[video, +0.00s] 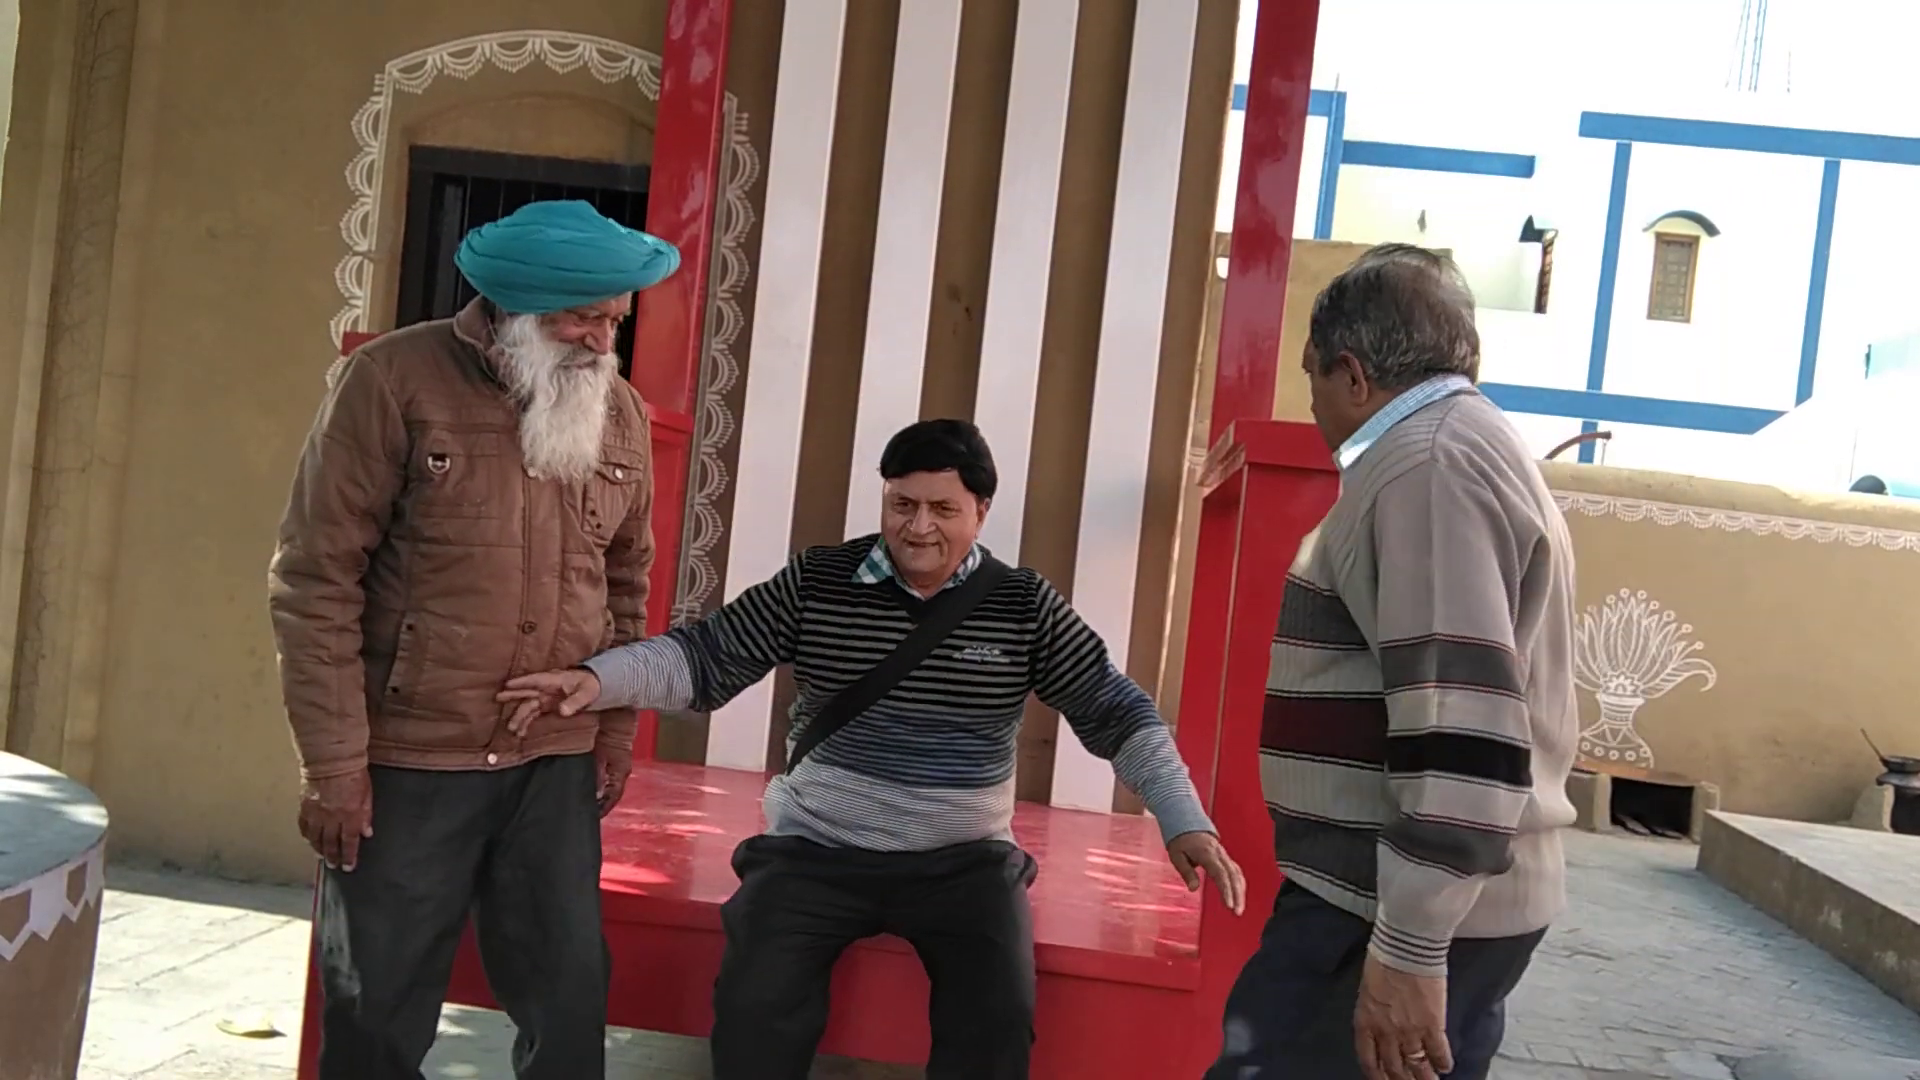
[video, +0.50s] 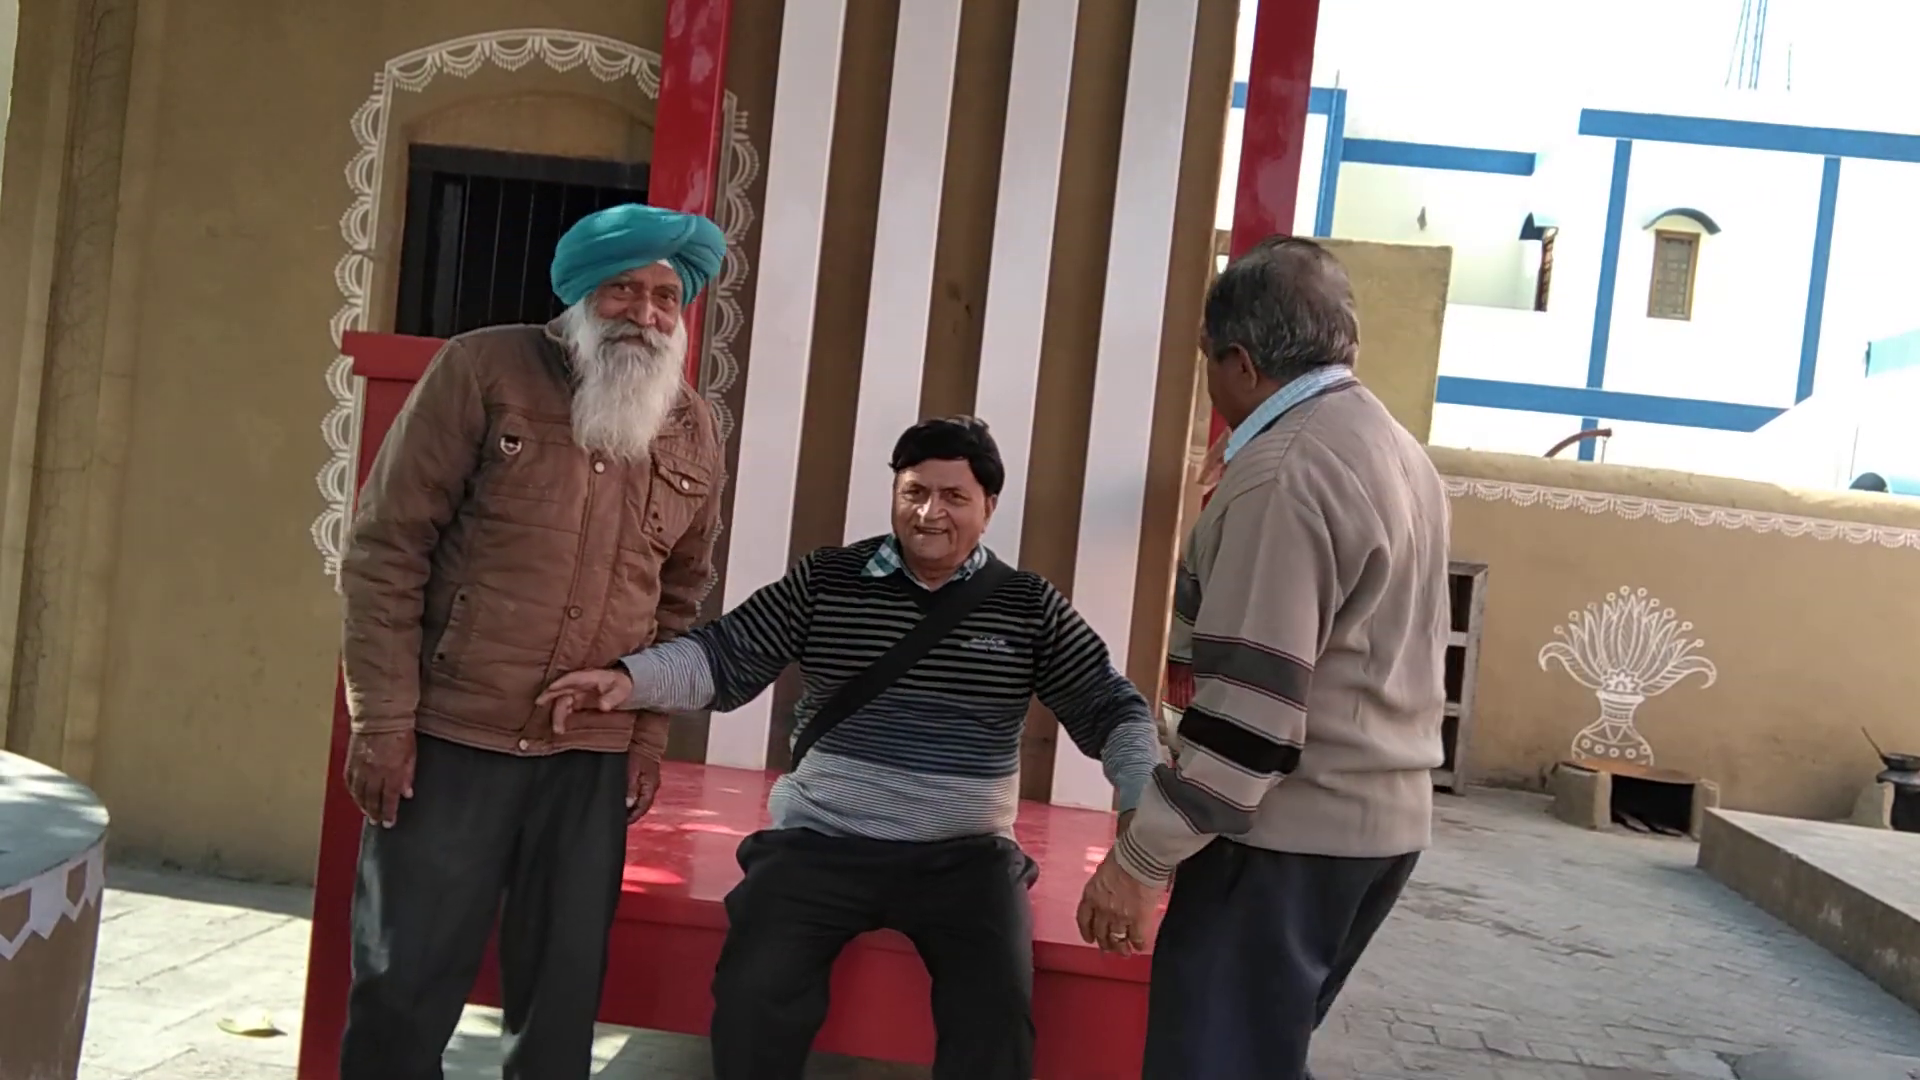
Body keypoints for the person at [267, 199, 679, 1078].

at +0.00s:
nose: (602, 337)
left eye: (614, 318)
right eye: (584, 316)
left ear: (621, 313)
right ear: (517, 306)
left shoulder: (619, 412)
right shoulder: (393, 379)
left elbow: (626, 585)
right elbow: (315, 575)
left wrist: (616, 728)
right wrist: (335, 763)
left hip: (553, 776)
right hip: (410, 776)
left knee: (569, 1013)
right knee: (378, 1032)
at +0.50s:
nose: (646, 312)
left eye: (666, 297)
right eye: (626, 288)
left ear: (684, 312)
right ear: (582, 293)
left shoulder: (696, 429)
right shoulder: (481, 369)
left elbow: (686, 595)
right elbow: (386, 544)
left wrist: (653, 726)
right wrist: (382, 719)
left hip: (591, 767)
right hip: (452, 753)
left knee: (559, 1028)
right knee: (400, 1016)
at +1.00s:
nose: (696, 318)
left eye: (720, 304)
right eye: (677, 296)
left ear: (739, 328)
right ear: (635, 303)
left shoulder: (743, 444)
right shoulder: (539, 370)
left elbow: (709, 600)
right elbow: (432, 525)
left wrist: (668, 729)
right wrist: (411, 686)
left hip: (612, 760)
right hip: (476, 737)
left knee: (568, 1016)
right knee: (415, 995)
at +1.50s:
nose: (653, 301)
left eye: (675, 286)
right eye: (635, 278)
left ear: (698, 308)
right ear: (595, 285)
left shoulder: (708, 430)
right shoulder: (497, 367)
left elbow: (697, 594)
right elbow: (401, 532)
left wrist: (655, 731)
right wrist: (397, 700)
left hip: (600, 756)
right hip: (463, 741)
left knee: (562, 1017)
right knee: (432, 1004)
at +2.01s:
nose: (615, 294)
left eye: (638, 279)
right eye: (596, 271)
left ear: (662, 301)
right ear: (557, 279)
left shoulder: (682, 427)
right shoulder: (461, 365)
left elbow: (679, 588)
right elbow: (371, 538)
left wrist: (636, 713)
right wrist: (362, 705)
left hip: (576, 755)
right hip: (435, 742)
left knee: (550, 1012)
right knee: (415, 1003)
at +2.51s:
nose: (573, 282)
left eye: (594, 267)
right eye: (552, 262)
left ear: (619, 289)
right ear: (512, 273)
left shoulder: (648, 412)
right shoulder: (425, 366)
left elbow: (651, 582)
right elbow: (349, 546)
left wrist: (628, 695)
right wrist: (350, 715)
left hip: (567, 756)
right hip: (425, 746)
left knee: (544, 1009)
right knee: (404, 996)